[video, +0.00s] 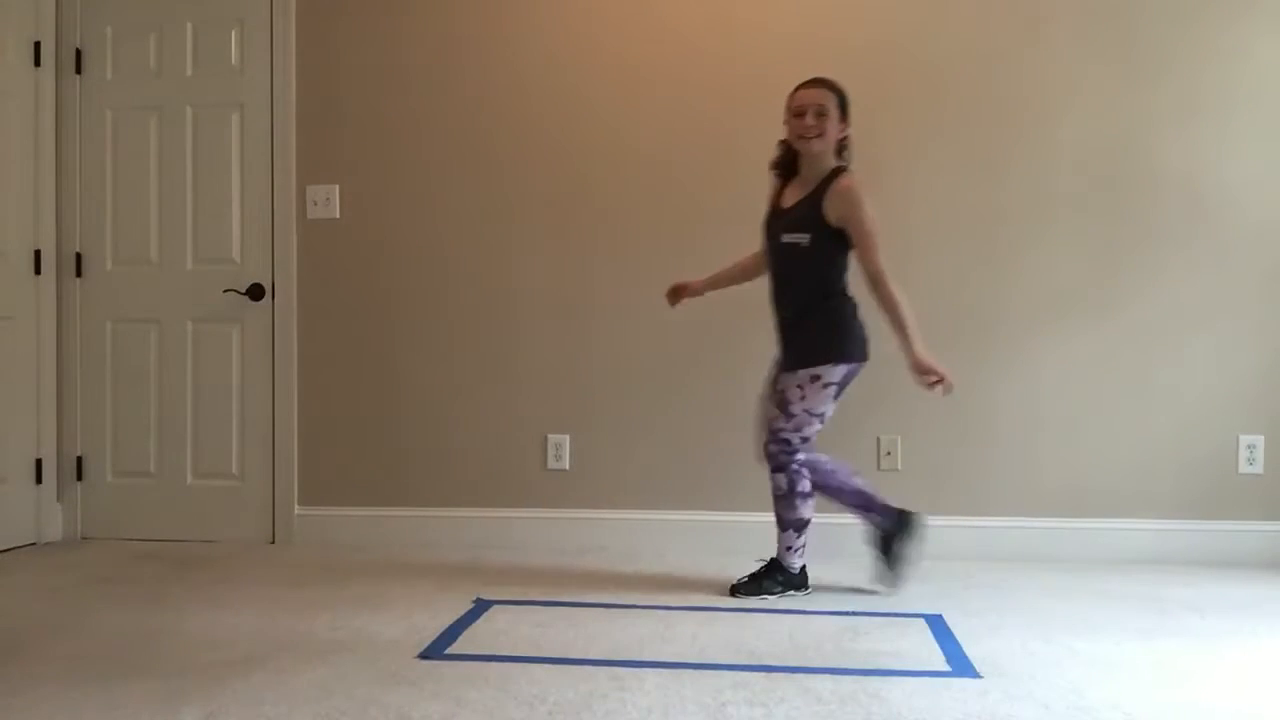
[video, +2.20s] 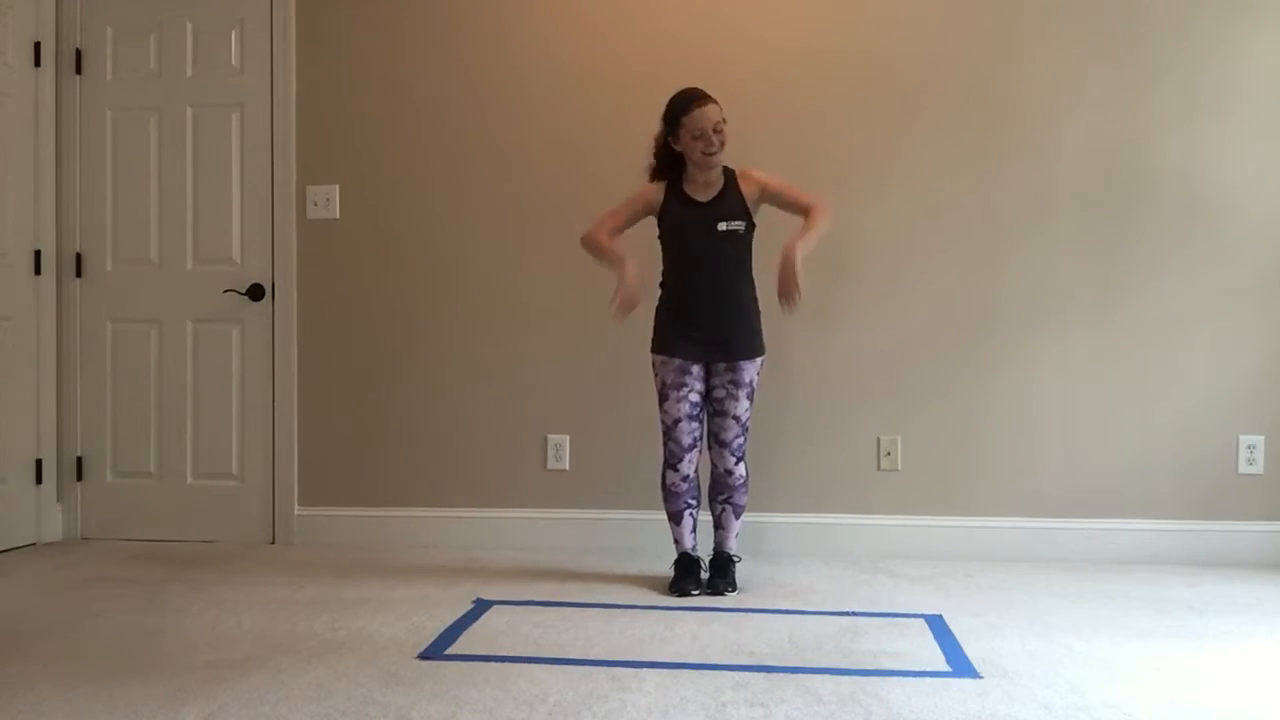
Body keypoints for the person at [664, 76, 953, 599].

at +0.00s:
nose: (806, 122)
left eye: (820, 114)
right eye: (797, 114)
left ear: (842, 127)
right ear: (786, 125)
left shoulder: (842, 192)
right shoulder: (785, 188)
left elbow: (878, 278)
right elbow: (765, 260)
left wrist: (915, 354)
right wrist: (701, 286)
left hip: (832, 344)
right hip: (798, 344)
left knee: (787, 446)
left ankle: (790, 567)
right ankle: (889, 520)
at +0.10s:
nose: (794, 122)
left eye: (807, 115)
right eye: (785, 114)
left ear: (827, 127)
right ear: (772, 125)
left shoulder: (831, 191)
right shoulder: (768, 188)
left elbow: (858, 278)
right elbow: (752, 261)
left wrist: (890, 359)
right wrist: (698, 293)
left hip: (819, 346)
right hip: (777, 343)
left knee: (779, 446)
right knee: (739, 440)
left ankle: (789, 566)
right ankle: (838, 514)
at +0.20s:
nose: (776, 115)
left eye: (788, 108)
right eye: (767, 108)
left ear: (807, 120)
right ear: (753, 119)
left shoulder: (816, 186)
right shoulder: (743, 184)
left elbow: (833, 275)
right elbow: (735, 254)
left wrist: (856, 354)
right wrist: (698, 305)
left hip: (800, 340)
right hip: (748, 334)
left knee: (775, 445)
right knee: (716, 433)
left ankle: (790, 564)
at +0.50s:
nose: (736, 118)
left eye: (747, 110)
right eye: (726, 110)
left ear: (764, 121)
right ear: (711, 122)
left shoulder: (781, 189)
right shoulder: (688, 182)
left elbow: (795, 273)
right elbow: (661, 261)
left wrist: (837, 319)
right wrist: (620, 318)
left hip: (754, 342)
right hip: (692, 337)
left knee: (735, 451)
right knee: (688, 449)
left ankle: (733, 551)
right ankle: (685, 556)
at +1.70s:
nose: (716, 132)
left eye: (726, 123)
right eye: (705, 123)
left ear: (739, 130)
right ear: (688, 132)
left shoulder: (756, 197)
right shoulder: (664, 191)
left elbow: (781, 269)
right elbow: (632, 253)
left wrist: (804, 322)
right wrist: (606, 275)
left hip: (736, 343)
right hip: (676, 341)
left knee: (727, 450)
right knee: (679, 449)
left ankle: (723, 555)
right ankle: (686, 557)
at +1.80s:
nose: (726, 133)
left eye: (731, 123)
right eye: (712, 127)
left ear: (740, 129)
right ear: (688, 138)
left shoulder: (754, 193)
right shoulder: (664, 192)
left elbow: (780, 260)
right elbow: (622, 252)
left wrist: (828, 251)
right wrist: (573, 209)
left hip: (737, 341)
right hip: (677, 340)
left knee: (729, 450)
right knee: (680, 449)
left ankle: (724, 556)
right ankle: (686, 557)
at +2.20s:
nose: (713, 140)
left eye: (719, 129)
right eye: (700, 133)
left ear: (727, 129)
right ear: (677, 141)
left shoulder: (749, 184)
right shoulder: (658, 195)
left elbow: (817, 210)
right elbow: (595, 235)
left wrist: (794, 250)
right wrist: (625, 266)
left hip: (738, 340)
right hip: (678, 341)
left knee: (728, 451)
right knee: (681, 450)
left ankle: (724, 556)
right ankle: (686, 558)